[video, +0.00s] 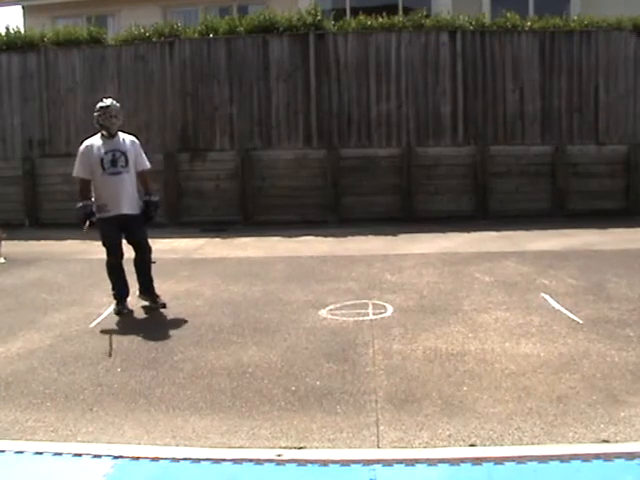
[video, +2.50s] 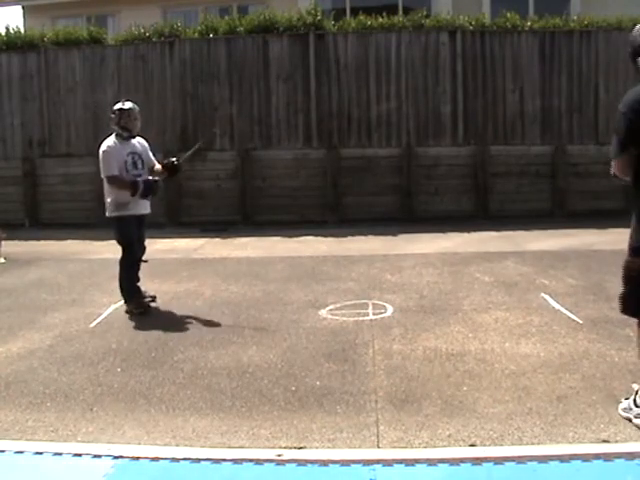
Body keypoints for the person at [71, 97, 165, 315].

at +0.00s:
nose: (113, 120)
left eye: (116, 116)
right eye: (107, 116)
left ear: (121, 118)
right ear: (98, 119)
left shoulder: (131, 142)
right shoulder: (89, 148)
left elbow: (143, 173)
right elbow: (84, 181)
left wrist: (150, 197)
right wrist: (87, 209)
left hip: (132, 209)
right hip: (106, 213)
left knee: (143, 251)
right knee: (114, 257)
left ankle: (147, 290)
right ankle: (120, 298)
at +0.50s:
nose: (111, 121)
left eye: (114, 116)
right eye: (106, 117)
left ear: (119, 118)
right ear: (97, 120)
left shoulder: (129, 143)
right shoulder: (87, 149)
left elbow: (141, 173)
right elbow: (83, 182)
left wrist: (149, 197)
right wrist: (83, 209)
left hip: (130, 210)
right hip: (105, 213)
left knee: (139, 252)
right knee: (114, 258)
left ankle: (144, 291)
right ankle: (120, 298)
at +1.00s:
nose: (116, 131)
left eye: (119, 126)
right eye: (111, 127)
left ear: (124, 124)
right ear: (103, 127)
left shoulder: (134, 143)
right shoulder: (93, 149)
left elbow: (144, 173)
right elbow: (87, 182)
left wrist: (146, 197)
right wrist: (89, 201)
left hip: (133, 209)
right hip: (109, 212)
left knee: (140, 248)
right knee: (117, 254)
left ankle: (133, 283)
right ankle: (120, 298)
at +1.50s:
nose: (132, 142)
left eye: (136, 137)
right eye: (129, 138)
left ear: (140, 134)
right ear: (120, 134)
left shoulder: (146, 144)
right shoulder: (107, 148)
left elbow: (153, 172)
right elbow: (98, 179)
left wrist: (156, 194)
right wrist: (100, 194)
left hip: (140, 209)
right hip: (118, 209)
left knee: (137, 250)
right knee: (121, 252)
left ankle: (134, 288)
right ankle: (121, 294)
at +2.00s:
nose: (141, 129)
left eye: (142, 124)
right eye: (138, 124)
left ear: (143, 125)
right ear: (126, 124)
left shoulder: (145, 144)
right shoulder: (111, 147)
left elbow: (154, 171)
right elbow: (106, 177)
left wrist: (154, 190)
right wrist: (117, 194)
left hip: (141, 206)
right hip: (122, 208)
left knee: (138, 247)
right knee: (127, 248)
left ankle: (134, 287)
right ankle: (124, 291)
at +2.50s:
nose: (133, 122)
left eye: (135, 117)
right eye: (129, 117)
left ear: (137, 119)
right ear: (118, 120)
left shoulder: (140, 143)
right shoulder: (109, 148)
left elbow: (153, 168)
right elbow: (111, 179)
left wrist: (166, 169)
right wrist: (138, 186)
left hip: (139, 208)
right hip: (121, 210)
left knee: (138, 250)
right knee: (131, 251)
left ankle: (134, 289)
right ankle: (131, 299)